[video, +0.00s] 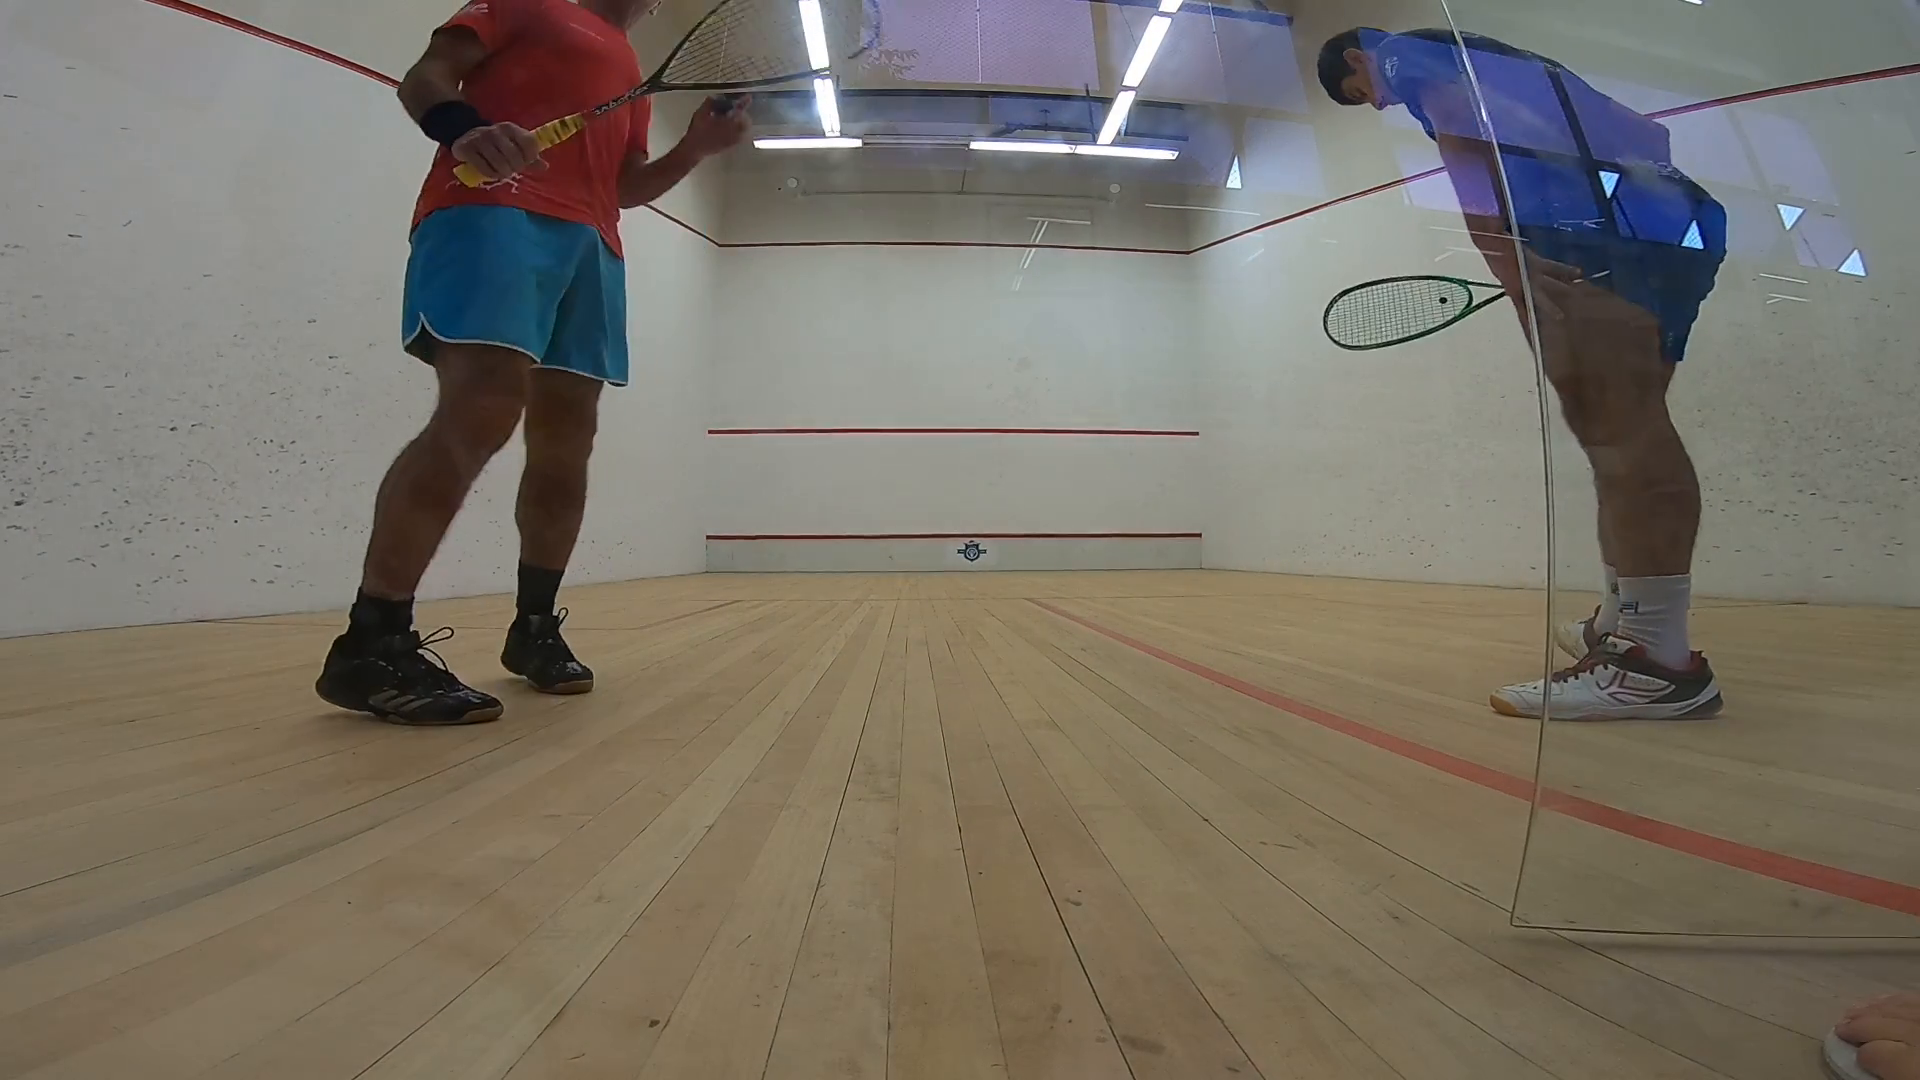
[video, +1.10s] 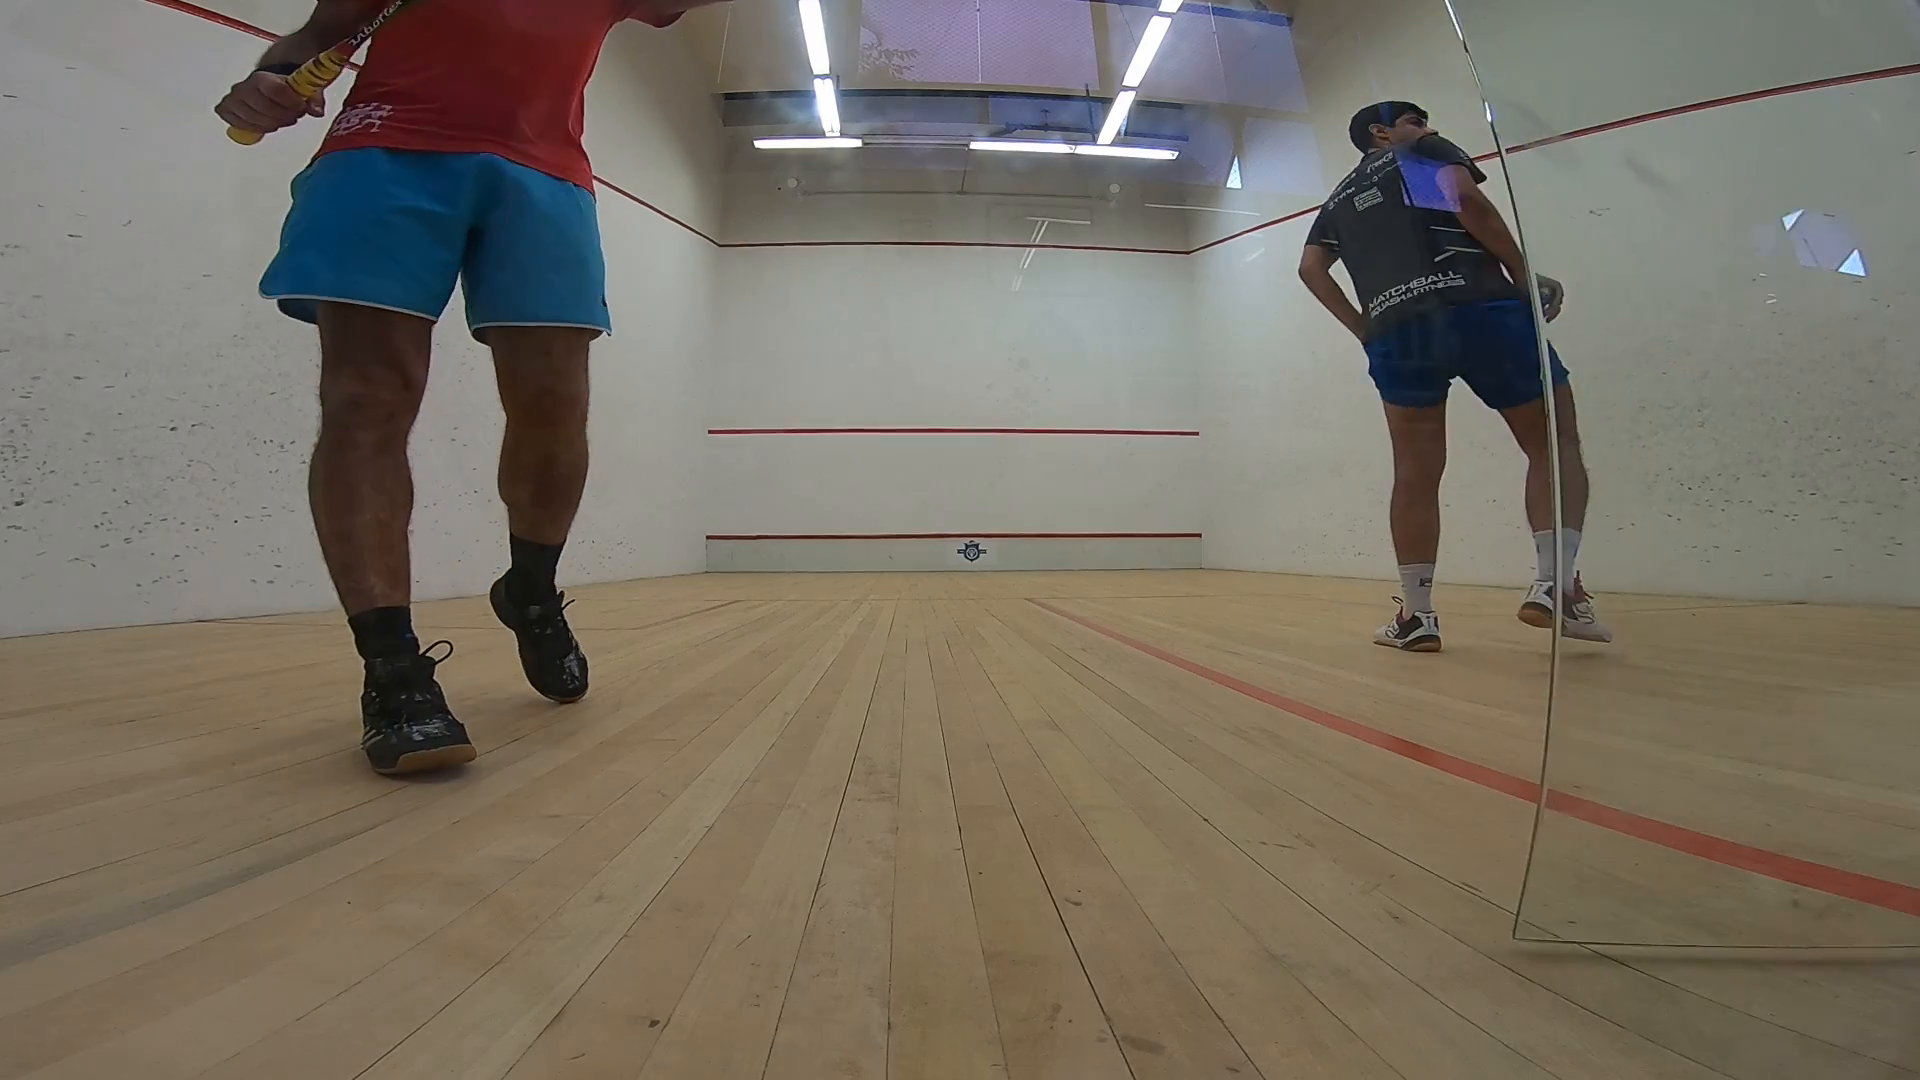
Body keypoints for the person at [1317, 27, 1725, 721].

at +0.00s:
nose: (1373, 102)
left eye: (1358, 90)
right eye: (1361, 100)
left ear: (1358, 54)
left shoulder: (1405, 54)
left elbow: (1464, 136)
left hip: (1605, 227)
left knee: (1624, 423)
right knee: (1611, 423)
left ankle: (1663, 658)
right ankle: (1627, 627)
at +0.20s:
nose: (1384, 114)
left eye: (1377, 100)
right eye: (1375, 109)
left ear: (1389, 72)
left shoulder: (1408, 70)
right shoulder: (1538, 94)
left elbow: (1443, 129)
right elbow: (1655, 163)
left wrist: (1461, 253)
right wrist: (1613, 240)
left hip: (1562, 234)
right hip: (1655, 243)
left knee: (1533, 427)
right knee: (1613, 439)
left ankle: (1643, 639)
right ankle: (1622, 635)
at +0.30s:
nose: (1391, 108)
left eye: (1386, 94)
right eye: (1383, 101)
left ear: (1401, 70)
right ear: (1449, 68)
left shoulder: (1414, 72)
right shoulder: (1539, 99)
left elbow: (1444, 141)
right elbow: (1646, 173)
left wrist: (1448, 269)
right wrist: (1615, 244)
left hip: (1533, 240)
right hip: (1637, 249)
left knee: (1474, 430)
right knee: (1603, 449)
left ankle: (1589, 598)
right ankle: (1620, 636)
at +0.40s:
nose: (1396, 113)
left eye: (1391, 100)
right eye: (1389, 106)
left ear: (1403, 76)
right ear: (1450, 70)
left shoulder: (1417, 75)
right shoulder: (1537, 104)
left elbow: (1440, 149)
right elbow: (1633, 177)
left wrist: (1434, 271)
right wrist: (1606, 253)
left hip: (1515, 248)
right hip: (1623, 257)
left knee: (1440, 422)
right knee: (1607, 448)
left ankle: (1530, 591)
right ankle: (1613, 634)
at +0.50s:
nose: (1390, 127)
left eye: (1387, 115)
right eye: (1387, 119)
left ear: (1396, 92)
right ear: (1446, 83)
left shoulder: (1410, 90)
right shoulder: (1533, 117)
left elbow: (1429, 175)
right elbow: (1613, 199)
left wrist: (1424, 285)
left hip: (1504, 260)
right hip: (1611, 263)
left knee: (1439, 427)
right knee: (1606, 452)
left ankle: (1466, 610)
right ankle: (1611, 635)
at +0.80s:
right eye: (1423, 123)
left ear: (1372, 139)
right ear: (1425, 126)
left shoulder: (1354, 169)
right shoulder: (1490, 146)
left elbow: (1346, 236)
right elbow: (1567, 203)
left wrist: (1383, 329)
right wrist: (1565, 291)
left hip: (1442, 319)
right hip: (1542, 308)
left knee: (1429, 472)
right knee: (1557, 456)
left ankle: (1415, 615)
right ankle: (1604, 613)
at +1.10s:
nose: (1427, 129)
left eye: (1424, 122)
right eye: (1417, 122)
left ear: (1368, 142)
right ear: (1382, 131)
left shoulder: (1337, 199)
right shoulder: (1427, 149)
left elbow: (1311, 268)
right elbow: (1467, 201)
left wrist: (1362, 326)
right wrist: (1522, 274)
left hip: (1396, 333)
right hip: (1482, 314)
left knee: (1414, 473)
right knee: (1554, 444)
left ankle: (1417, 615)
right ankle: (1555, 587)